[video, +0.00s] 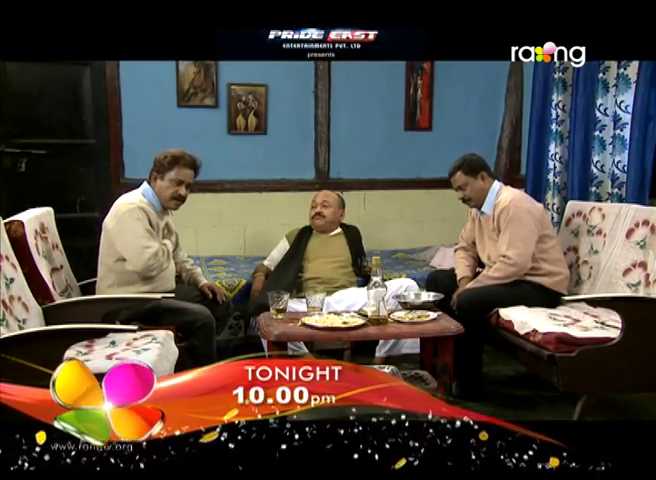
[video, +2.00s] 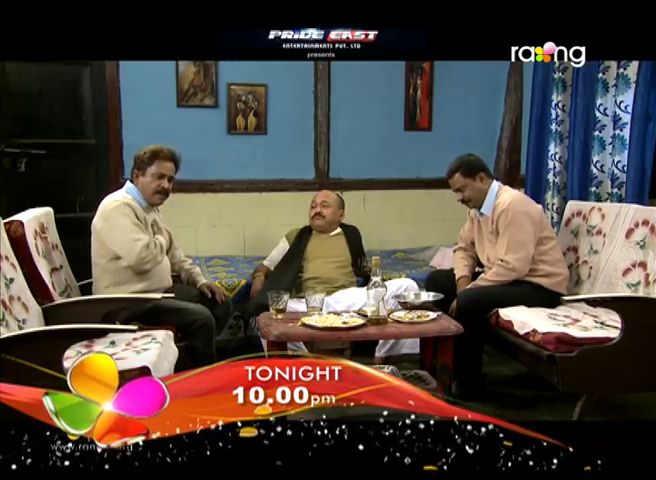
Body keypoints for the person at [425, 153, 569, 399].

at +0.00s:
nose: (461, 196)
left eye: (463, 188)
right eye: (458, 191)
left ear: (483, 178)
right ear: (480, 180)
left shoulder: (516, 205)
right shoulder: (479, 209)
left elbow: (515, 263)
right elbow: (465, 247)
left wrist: (468, 289)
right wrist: (465, 281)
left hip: (541, 285)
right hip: (502, 277)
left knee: (468, 303)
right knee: (437, 280)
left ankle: (467, 385)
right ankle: (439, 369)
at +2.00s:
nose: (459, 198)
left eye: (462, 190)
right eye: (456, 193)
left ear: (482, 179)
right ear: (479, 180)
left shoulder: (514, 206)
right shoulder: (478, 208)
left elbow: (513, 266)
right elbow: (464, 248)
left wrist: (465, 295)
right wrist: (463, 284)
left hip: (541, 286)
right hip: (504, 277)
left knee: (469, 302)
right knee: (437, 280)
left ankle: (467, 385)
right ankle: (440, 368)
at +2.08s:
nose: (459, 198)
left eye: (462, 190)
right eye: (456, 193)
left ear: (482, 179)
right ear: (480, 180)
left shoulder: (514, 206)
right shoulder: (478, 208)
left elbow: (513, 266)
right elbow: (464, 248)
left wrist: (466, 295)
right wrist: (463, 284)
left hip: (541, 286)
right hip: (503, 277)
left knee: (469, 302)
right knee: (437, 280)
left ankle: (467, 385)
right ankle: (441, 368)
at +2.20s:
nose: (459, 198)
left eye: (462, 190)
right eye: (456, 192)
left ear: (482, 179)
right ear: (480, 180)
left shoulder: (514, 206)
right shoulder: (478, 208)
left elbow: (513, 266)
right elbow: (464, 248)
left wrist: (466, 294)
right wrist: (463, 283)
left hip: (541, 286)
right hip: (504, 277)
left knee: (468, 302)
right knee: (437, 280)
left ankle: (467, 385)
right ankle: (441, 368)